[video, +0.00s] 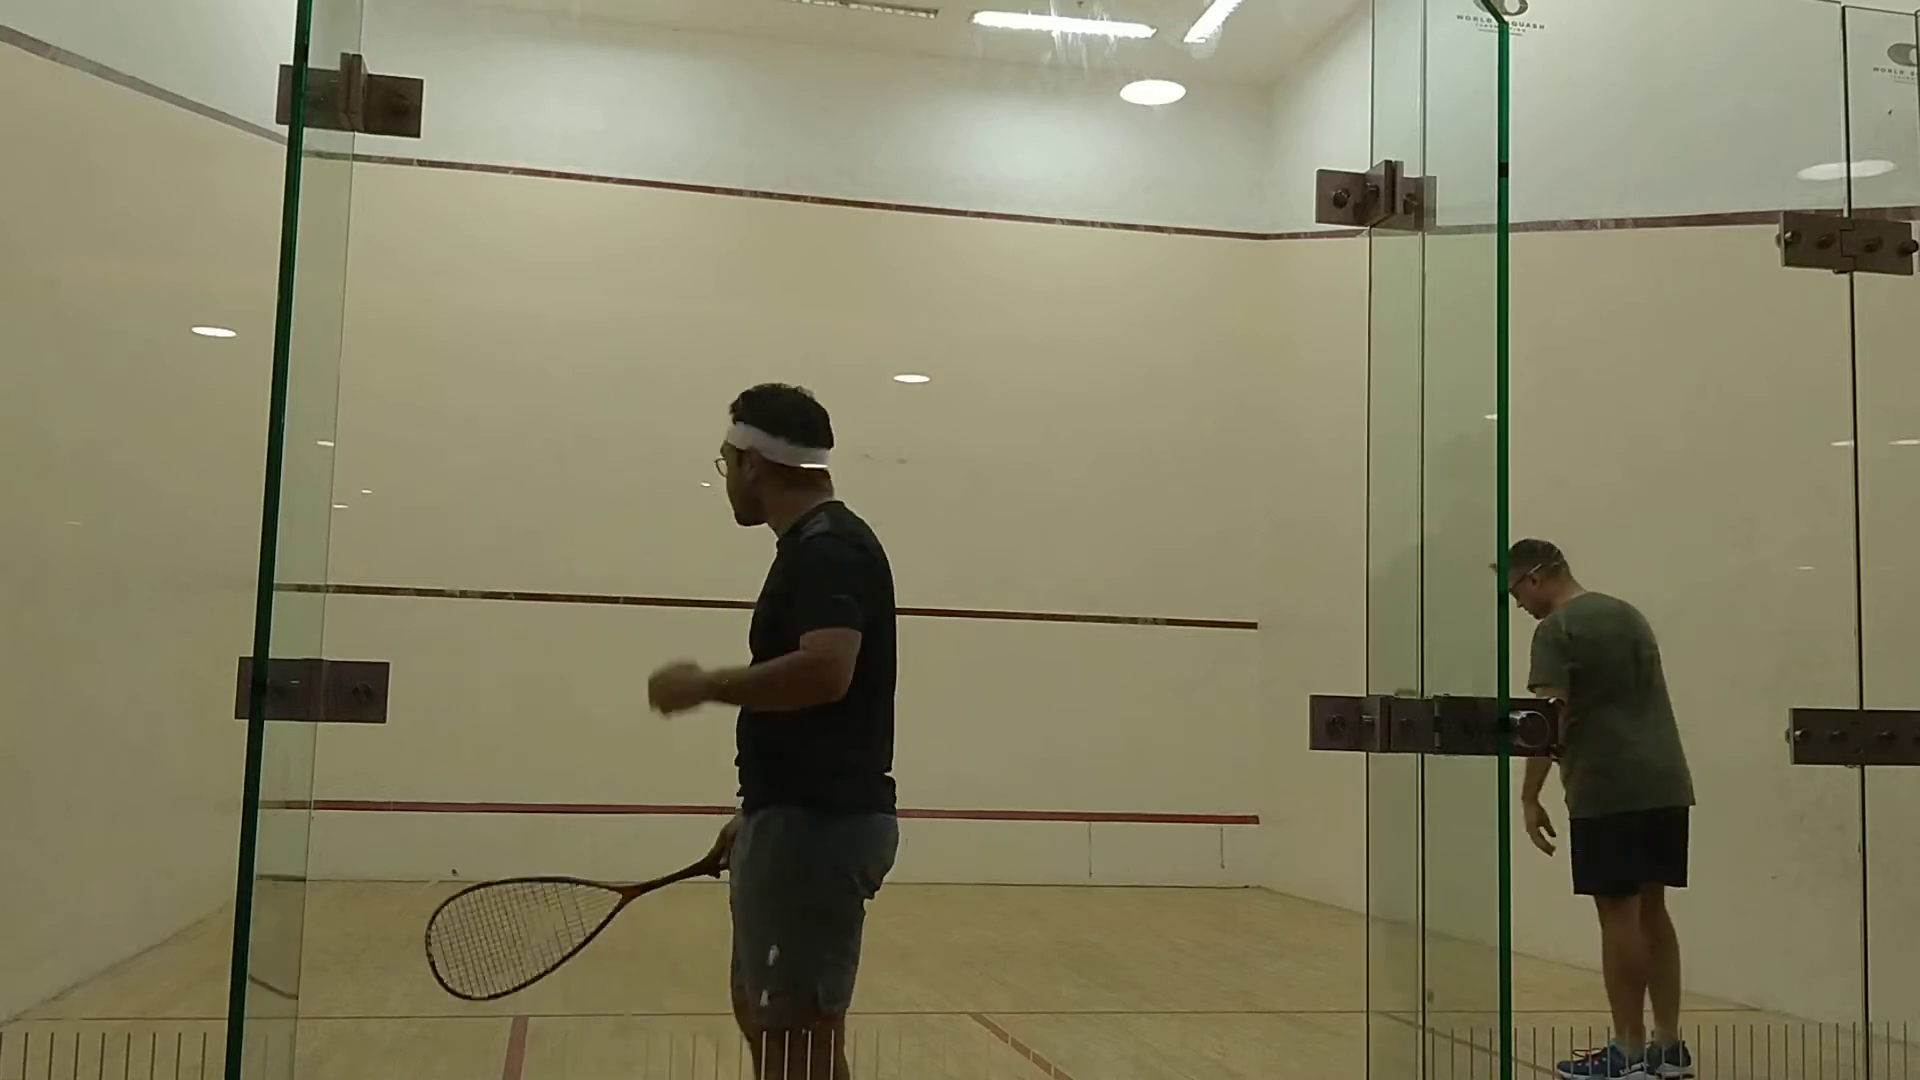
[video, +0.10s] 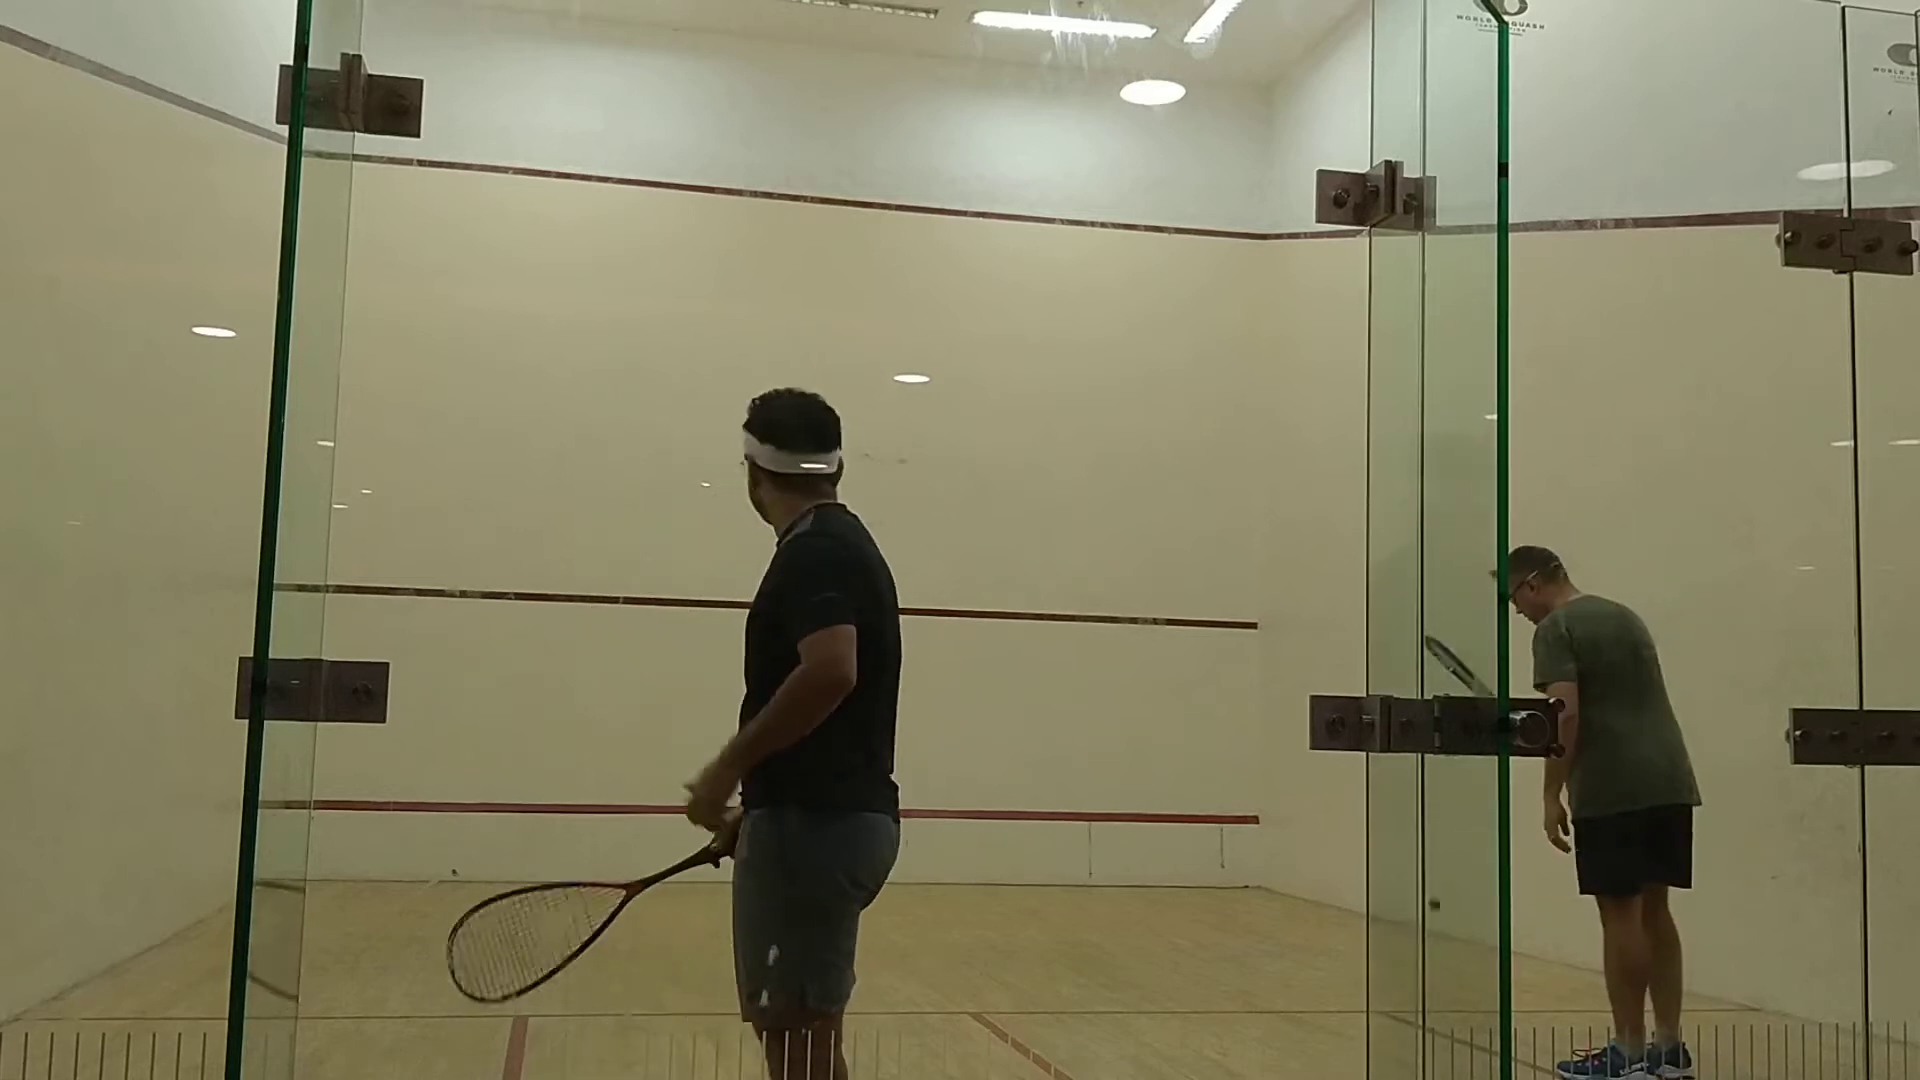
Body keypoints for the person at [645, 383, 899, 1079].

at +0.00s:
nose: (724, 481)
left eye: (727, 462)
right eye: (724, 464)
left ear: (757, 463)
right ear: (799, 461)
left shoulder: (830, 546)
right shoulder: (814, 545)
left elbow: (827, 669)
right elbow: (815, 707)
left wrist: (708, 683)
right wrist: (754, 814)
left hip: (819, 823)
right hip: (792, 820)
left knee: (800, 1034)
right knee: (759, 1010)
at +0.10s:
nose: (746, 481)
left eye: (747, 467)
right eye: (748, 468)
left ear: (756, 471)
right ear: (829, 470)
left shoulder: (815, 549)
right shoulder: (842, 545)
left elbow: (830, 669)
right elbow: (838, 706)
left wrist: (728, 764)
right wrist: (758, 808)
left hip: (811, 823)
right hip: (829, 818)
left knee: (793, 1023)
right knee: (802, 1020)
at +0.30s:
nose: (788, 471)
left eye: (788, 461)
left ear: (787, 470)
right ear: (868, 475)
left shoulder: (795, 550)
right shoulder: (888, 561)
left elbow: (811, 658)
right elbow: (864, 698)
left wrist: (771, 785)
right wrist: (760, 794)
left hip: (805, 823)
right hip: (879, 822)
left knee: (766, 1021)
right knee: (823, 1013)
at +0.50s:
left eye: (823, 476)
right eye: (891, 480)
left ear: (817, 480)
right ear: (894, 488)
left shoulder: (800, 551)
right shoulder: (911, 574)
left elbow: (762, 658)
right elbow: (874, 707)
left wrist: (708, 762)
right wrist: (773, 773)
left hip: (805, 826)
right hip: (891, 825)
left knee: (707, 1002)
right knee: (836, 1004)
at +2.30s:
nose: (781, 476)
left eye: (776, 468)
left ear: (774, 476)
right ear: (854, 479)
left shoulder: (762, 562)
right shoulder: (895, 576)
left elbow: (716, 673)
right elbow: (896, 706)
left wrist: (657, 764)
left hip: (785, 820)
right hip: (876, 819)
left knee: (732, 1006)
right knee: (830, 1002)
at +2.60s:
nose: (770, 473)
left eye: (771, 463)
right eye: (778, 462)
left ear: (774, 475)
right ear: (849, 475)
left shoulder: (796, 559)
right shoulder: (882, 561)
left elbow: (794, 673)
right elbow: (869, 699)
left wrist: (730, 799)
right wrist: (789, 803)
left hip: (818, 818)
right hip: (890, 815)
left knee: (772, 1007)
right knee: (835, 1004)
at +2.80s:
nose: (773, 476)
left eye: (774, 464)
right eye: (779, 463)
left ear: (785, 482)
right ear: (861, 479)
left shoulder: (821, 567)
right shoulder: (889, 558)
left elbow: (823, 696)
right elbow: (891, 708)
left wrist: (774, 831)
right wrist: (813, 832)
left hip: (857, 830)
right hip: (908, 825)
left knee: (821, 1024)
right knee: (837, 1017)